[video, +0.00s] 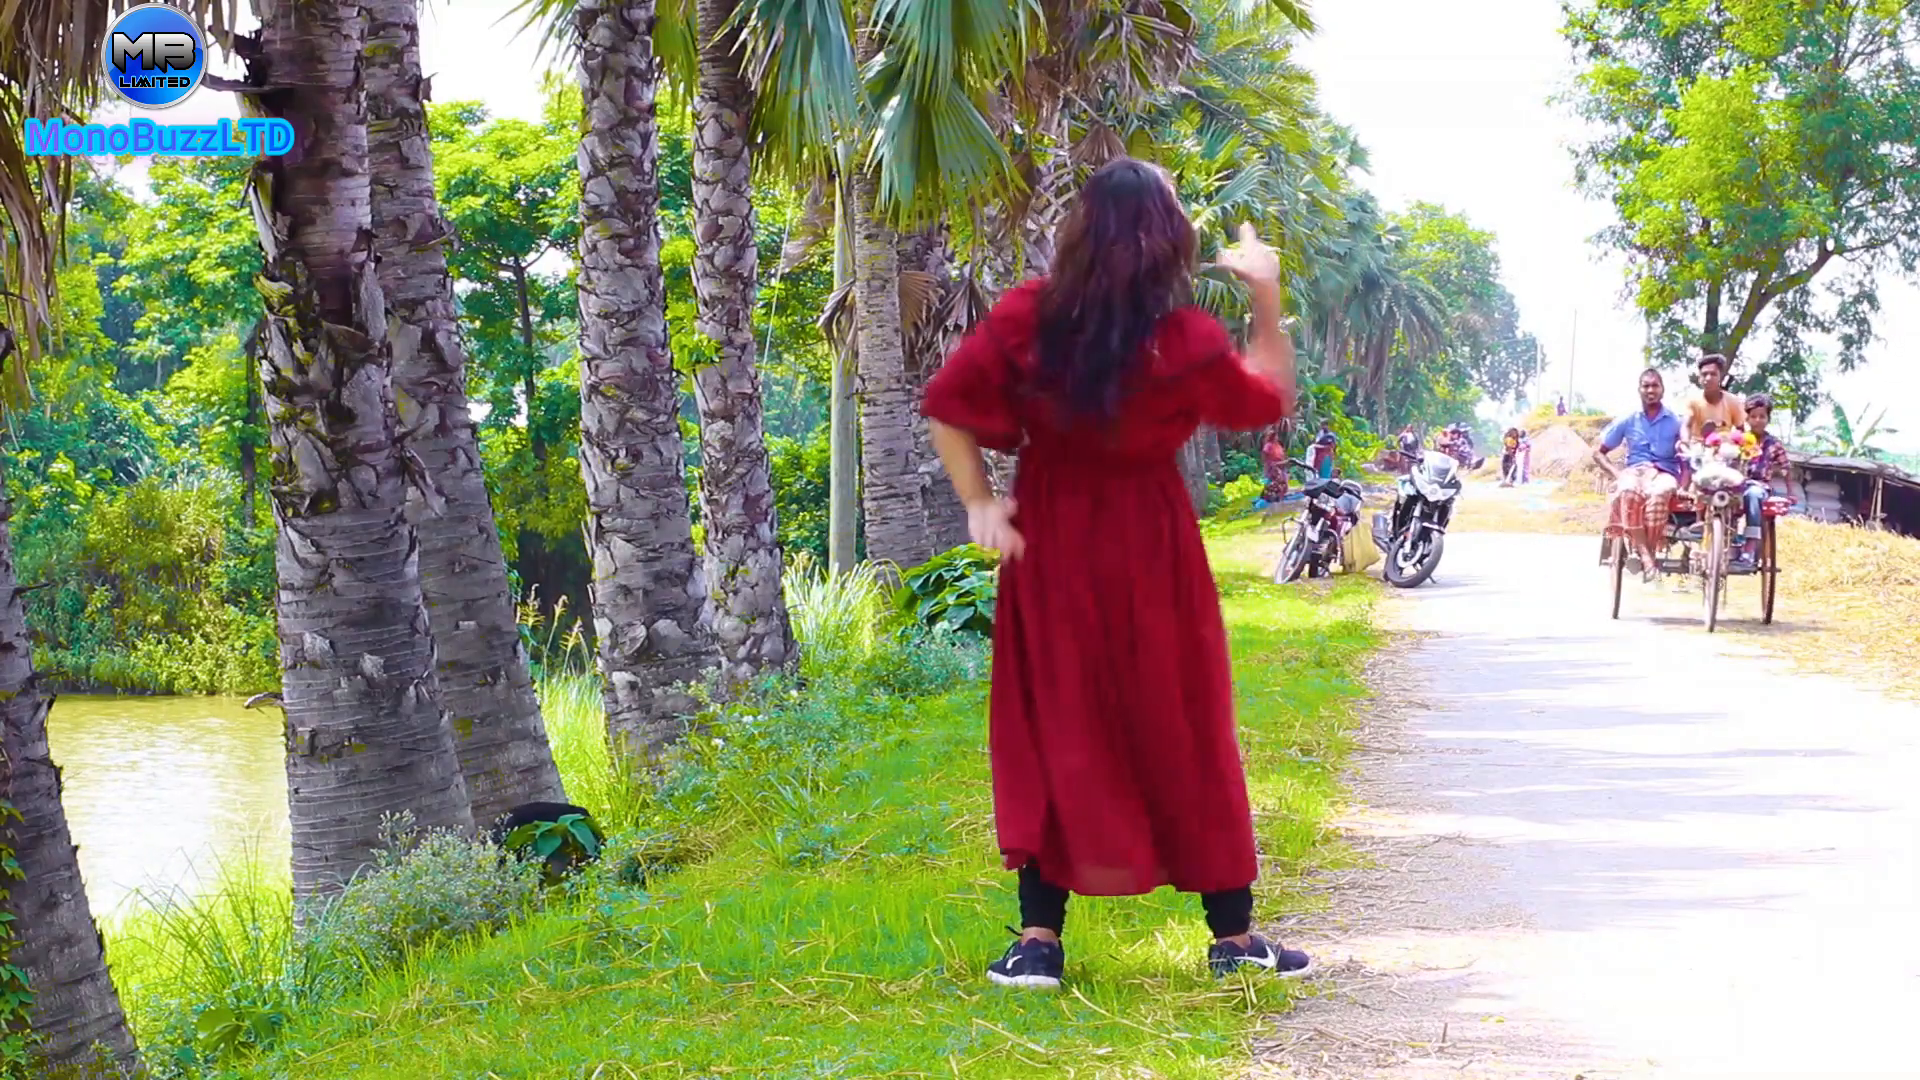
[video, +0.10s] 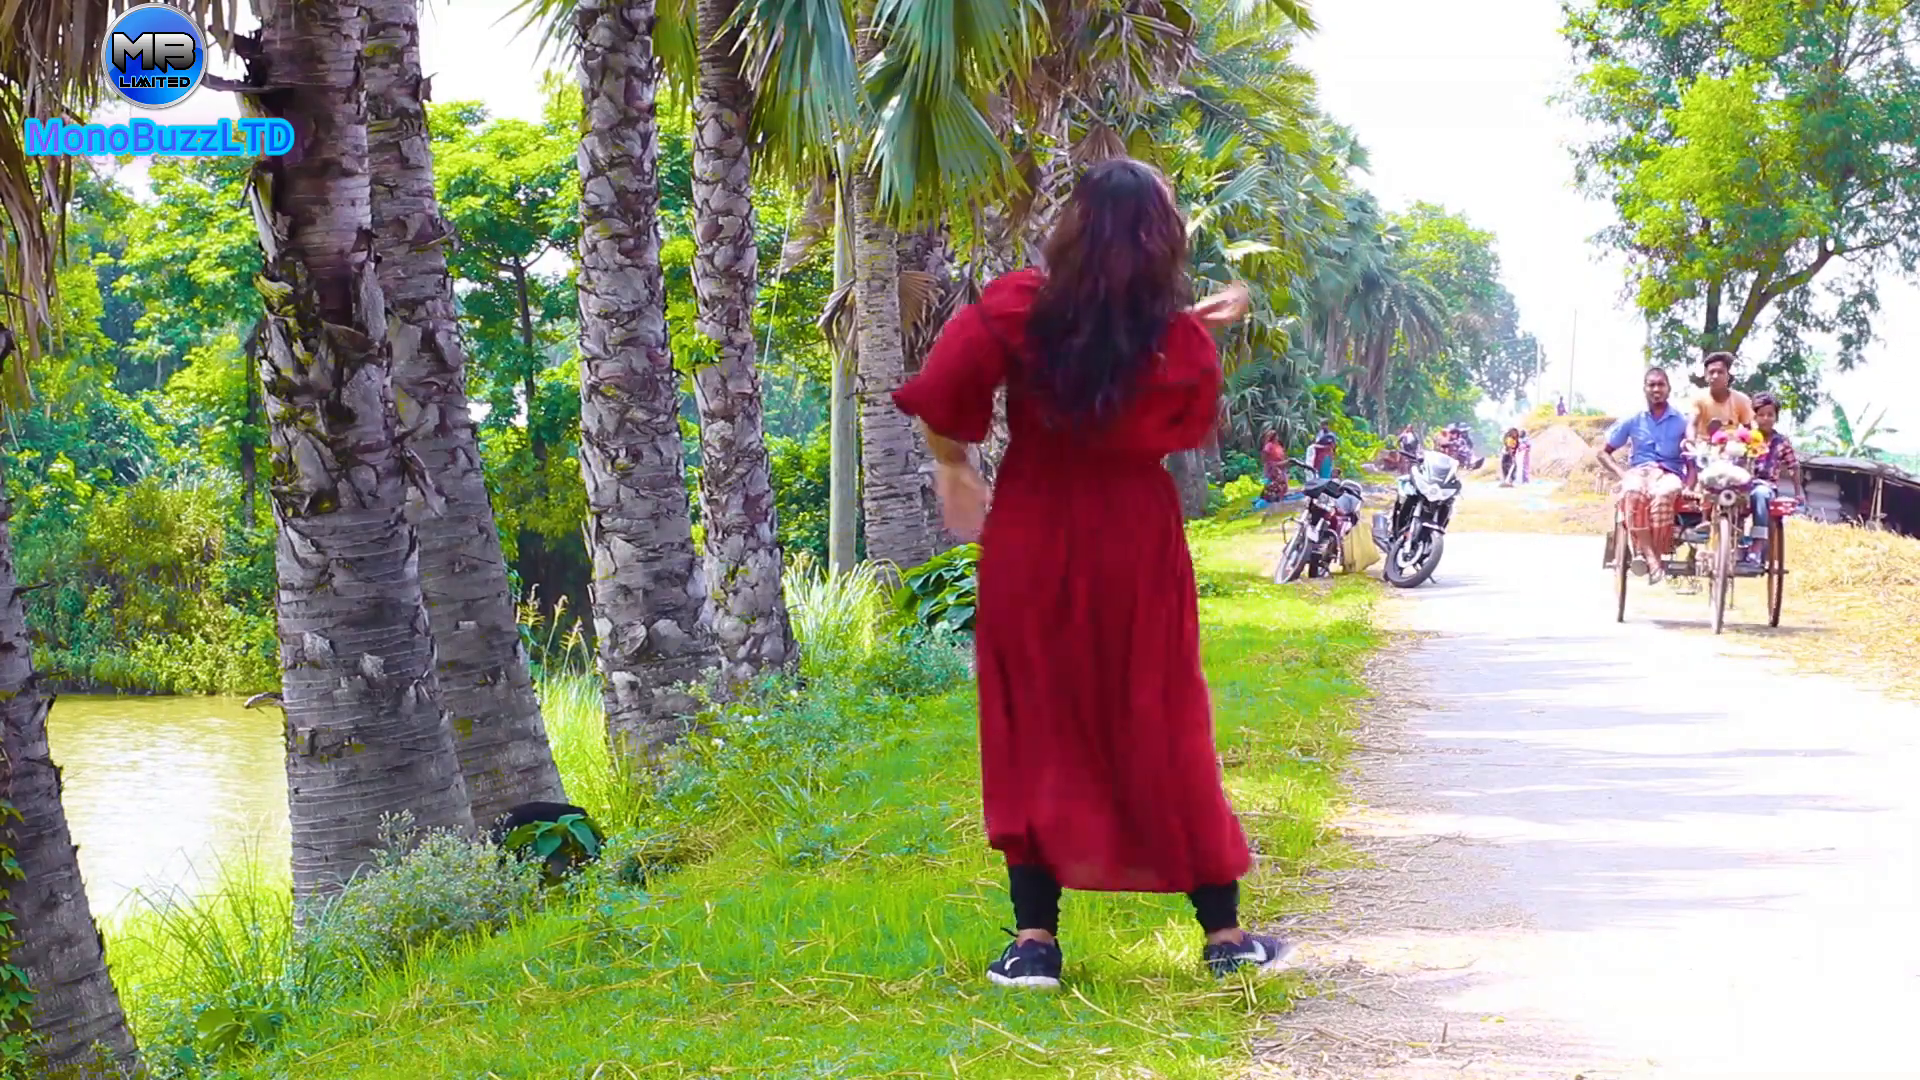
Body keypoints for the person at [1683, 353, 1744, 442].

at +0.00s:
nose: (1708, 378)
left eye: (1713, 374)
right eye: (1704, 374)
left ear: (1721, 377)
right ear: (1699, 377)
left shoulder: (1734, 402)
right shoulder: (1693, 401)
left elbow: (1741, 428)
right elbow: (1686, 424)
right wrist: (1685, 440)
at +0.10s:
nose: (1715, 376)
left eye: (1720, 372)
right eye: (1711, 372)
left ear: (1728, 375)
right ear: (1706, 376)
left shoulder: (1742, 400)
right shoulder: (1699, 398)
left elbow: (1749, 427)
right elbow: (1692, 423)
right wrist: (1690, 440)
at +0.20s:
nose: (1722, 375)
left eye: (1728, 370)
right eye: (1718, 370)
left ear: (1736, 374)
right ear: (1712, 373)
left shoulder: (1749, 399)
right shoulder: (1703, 395)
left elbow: (1756, 426)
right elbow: (1697, 421)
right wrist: (1696, 438)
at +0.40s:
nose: (1737, 371)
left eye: (1743, 366)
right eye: (1733, 366)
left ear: (1751, 369)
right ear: (1727, 369)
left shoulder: (1764, 395)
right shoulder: (1716, 392)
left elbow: (1771, 425)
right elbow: (1710, 418)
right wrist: (1711, 437)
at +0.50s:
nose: (1745, 367)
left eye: (1750, 362)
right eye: (1741, 363)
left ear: (1758, 365)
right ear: (1735, 366)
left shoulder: (1772, 393)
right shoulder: (1724, 391)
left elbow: (1780, 423)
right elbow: (1718, 418)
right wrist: (1718, 436)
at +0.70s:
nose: (1762, 363)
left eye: (1768, 358)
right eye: (1758, 358)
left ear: (1777, 360)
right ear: (1752, 361)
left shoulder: (1790, 391)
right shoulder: (1739, 387)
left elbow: (1799, 422)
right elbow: (1733, 415)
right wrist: (1733, 435)